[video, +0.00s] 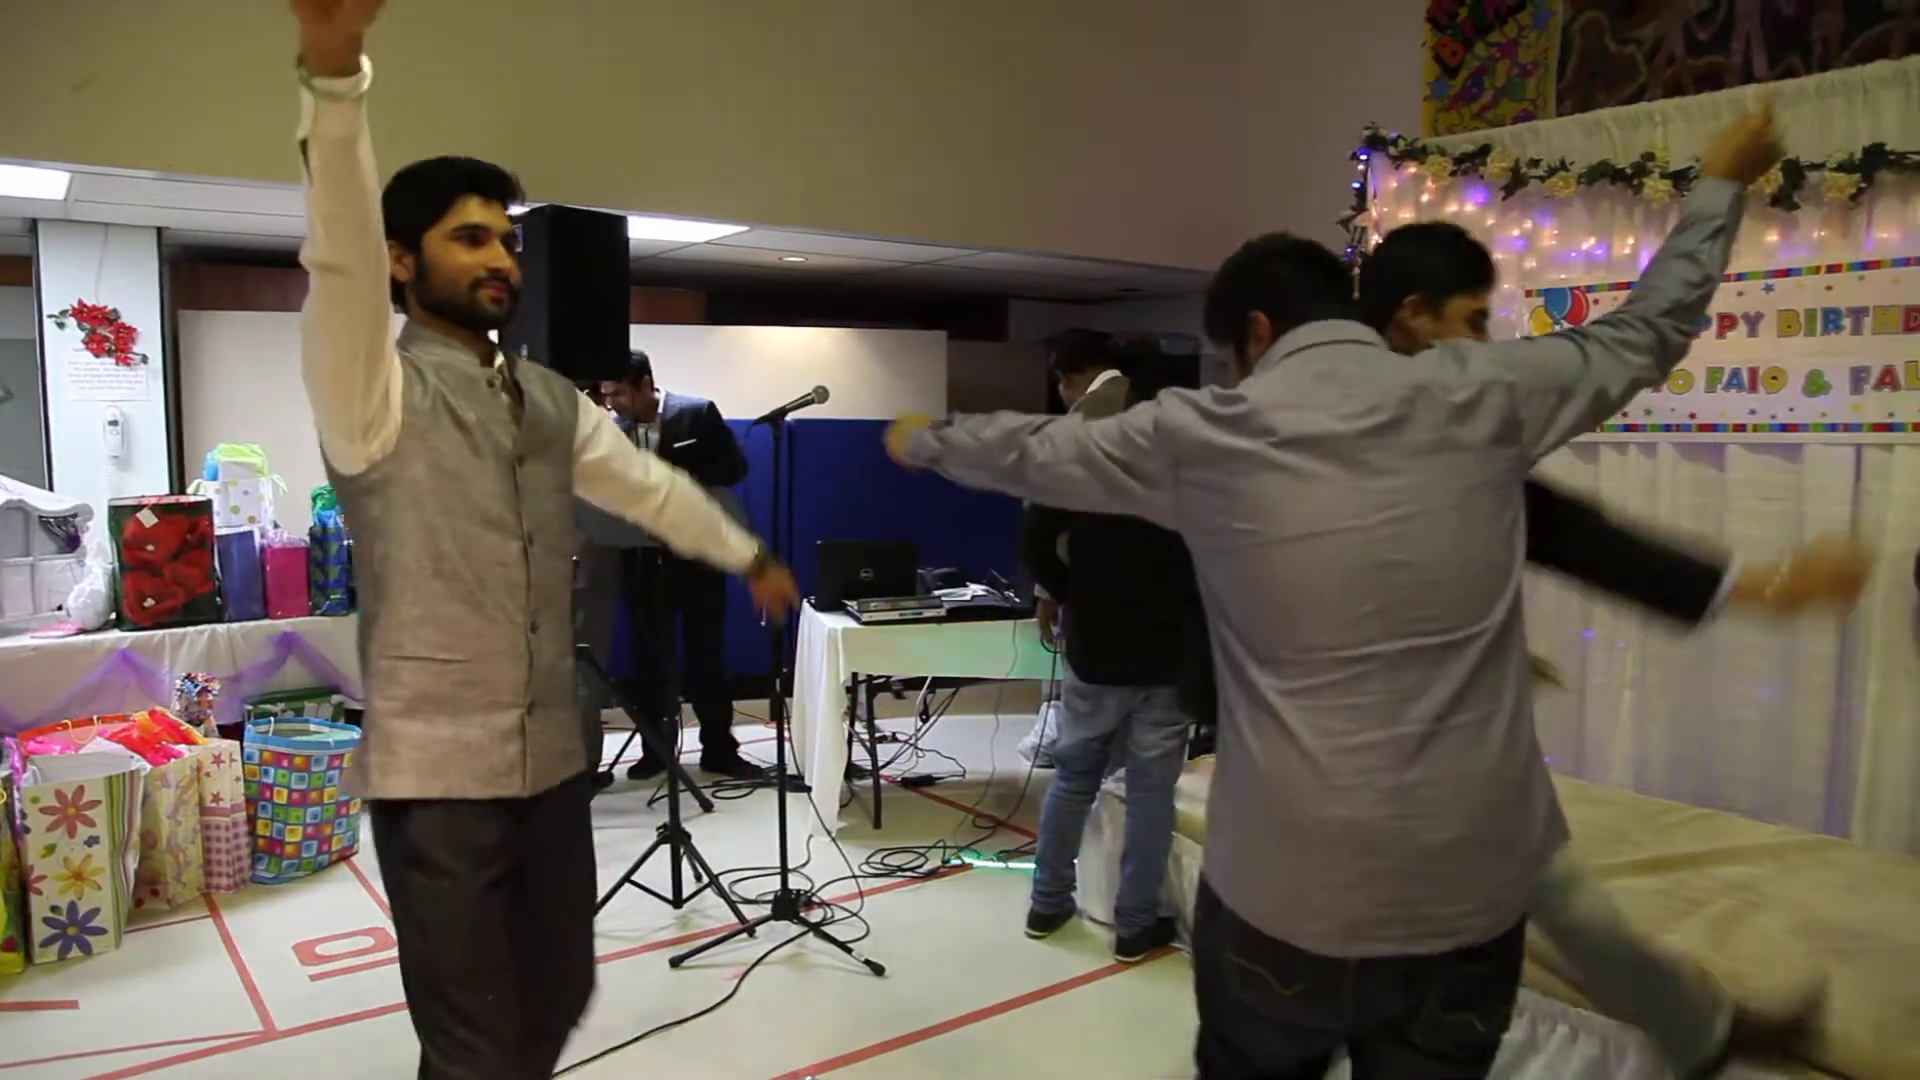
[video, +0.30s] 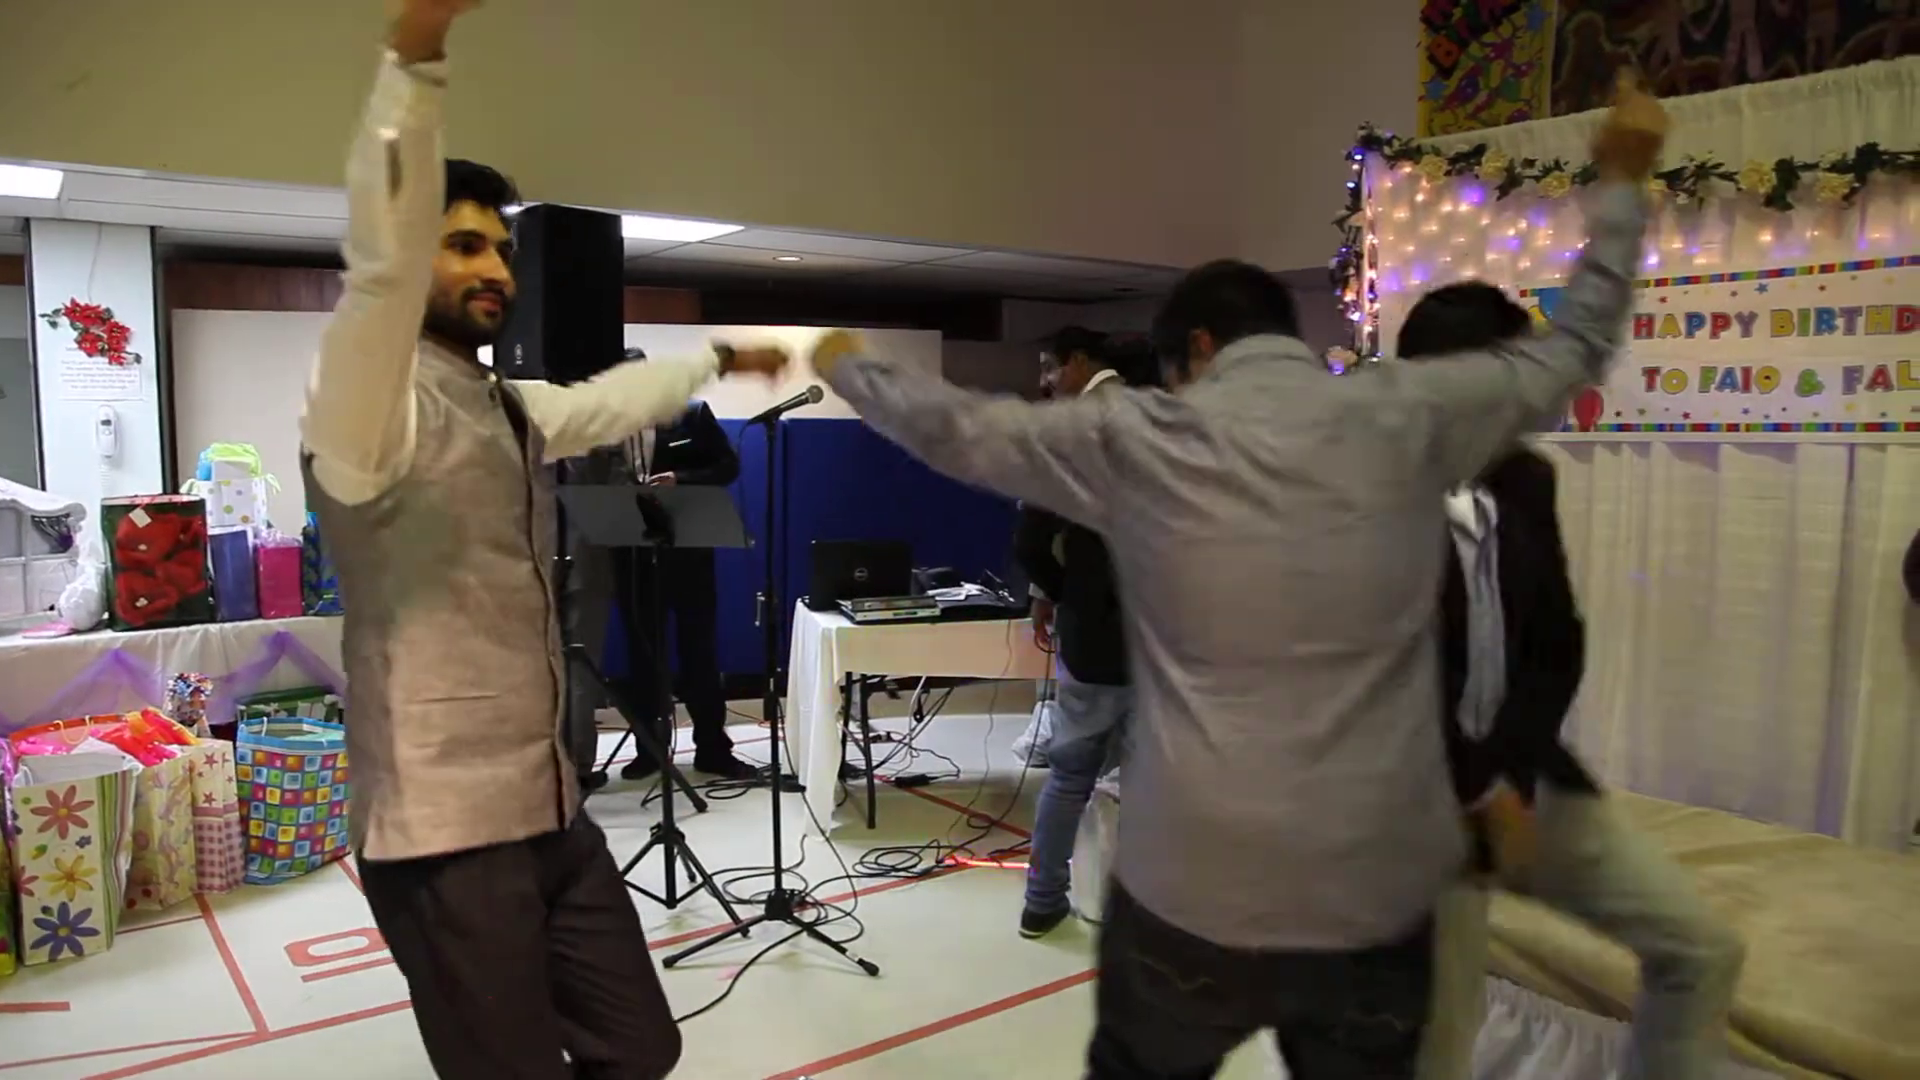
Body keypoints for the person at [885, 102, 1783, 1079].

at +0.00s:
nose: (1223, 379)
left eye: (1221, 356)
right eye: (1222, 361)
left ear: (1253, 337)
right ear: (1369, 314)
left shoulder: (1200, 438)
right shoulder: (1478, 387)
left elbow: (1043, 451)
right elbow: (1642, 337)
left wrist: (927, 440)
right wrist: (1722, 187)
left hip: (1287, 902)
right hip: (1478, 896)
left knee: (1255, 1066)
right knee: (1428, 1068)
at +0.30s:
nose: (1173, 383)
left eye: (1173, 366)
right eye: (1174, 369)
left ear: (1199, 348)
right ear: (1296, 334)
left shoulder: (1139, 437)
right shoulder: (1405, 412)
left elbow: (961, 430)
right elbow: (1570, 349)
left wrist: (828, 356)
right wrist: (1624, 180)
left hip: (1187, 889)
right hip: (1378, 888)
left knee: (1136, 1071)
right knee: (1365, 1074)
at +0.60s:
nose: (1032, 380)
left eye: (1034, 362)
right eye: (1036, 367)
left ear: (1054, 354)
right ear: (1163, 339)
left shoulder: (1001, 430)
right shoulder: (1259, 398)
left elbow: (860, 423)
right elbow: (1417, 328)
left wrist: (757, 370)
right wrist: (1486, 177)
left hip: (1051, 868)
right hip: (1219, 865)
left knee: (1036, 1069)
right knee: (1222, 1066)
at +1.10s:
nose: (979, 371)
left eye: (980, 358)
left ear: (991, 356)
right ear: (1089, 335)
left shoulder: (943, 440)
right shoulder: (1170, 368)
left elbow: (802, 469)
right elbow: (1308, 237)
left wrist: (731, 458)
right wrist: (1426, 113)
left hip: (1047, 840)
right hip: (1199, 825)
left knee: (1046, 1061)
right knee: (1180, 1064)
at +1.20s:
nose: (981, 373)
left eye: (984, 357)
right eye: (984, 357)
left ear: (998, 355)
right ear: (1098, 334)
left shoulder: (954, 450)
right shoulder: (1182, 369)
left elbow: (811, 518)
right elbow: (1304, 252)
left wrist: (813, 573)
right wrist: (1404, 130)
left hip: (1053, 842)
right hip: (1204, 829)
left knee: (1049, 1048)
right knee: (1184, 1062)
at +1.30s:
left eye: (990, 355)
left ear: (1002, 350)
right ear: (1110, 330)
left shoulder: (958, 448)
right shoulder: (1182, 374)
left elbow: (826, 554)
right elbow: (1318, 275)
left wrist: (873, 646)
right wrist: (1391, 153)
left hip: (1061, 806)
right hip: (1207, 793)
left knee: (1060, 1014)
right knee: (1180, 1043)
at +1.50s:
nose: (1148, 342)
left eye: (1146, 327)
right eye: (1144, 326)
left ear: (1032, 335)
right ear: (1116, 326)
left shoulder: (956, 465)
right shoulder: (1172, 407)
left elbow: (904, 636)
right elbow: (1359, 399)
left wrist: (939, 775)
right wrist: (1341, 304)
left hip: (1041, 804)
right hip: (1177, 801)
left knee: (1062, 992)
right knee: (1169, 1026)